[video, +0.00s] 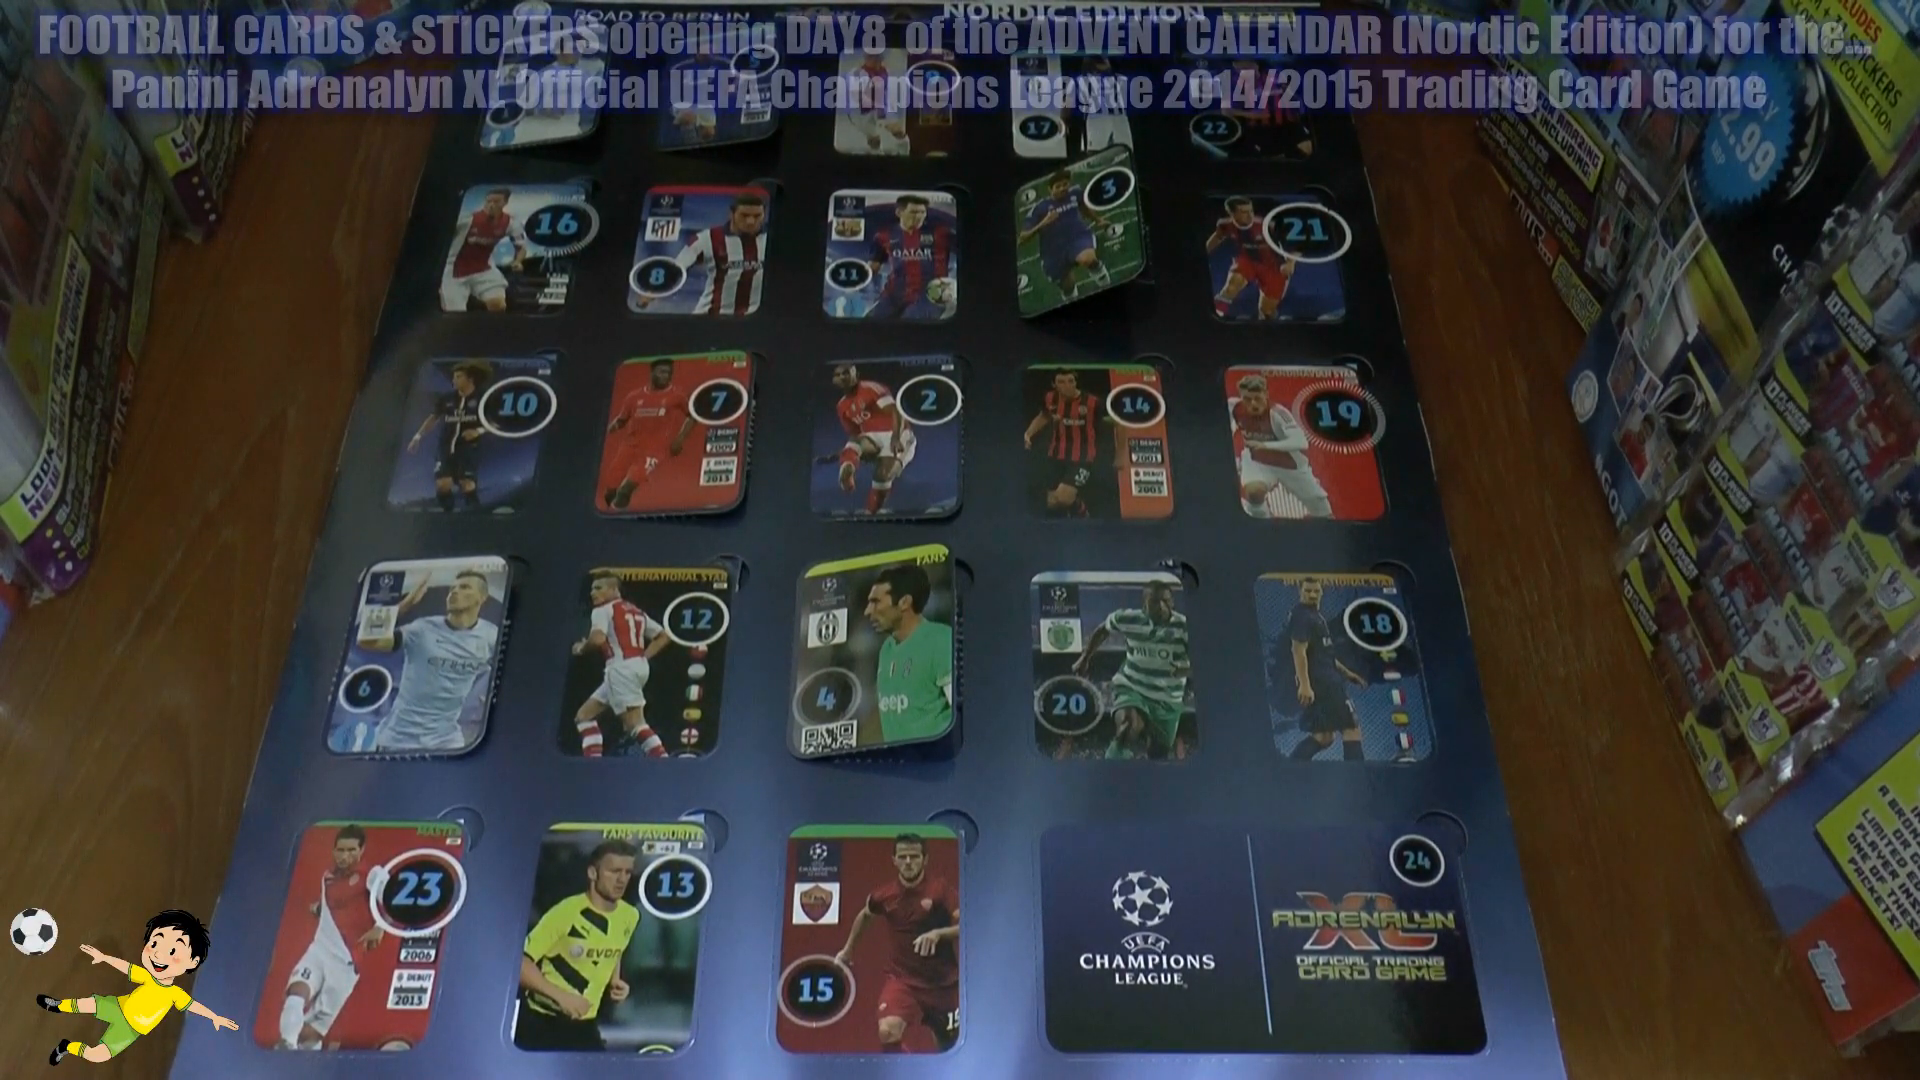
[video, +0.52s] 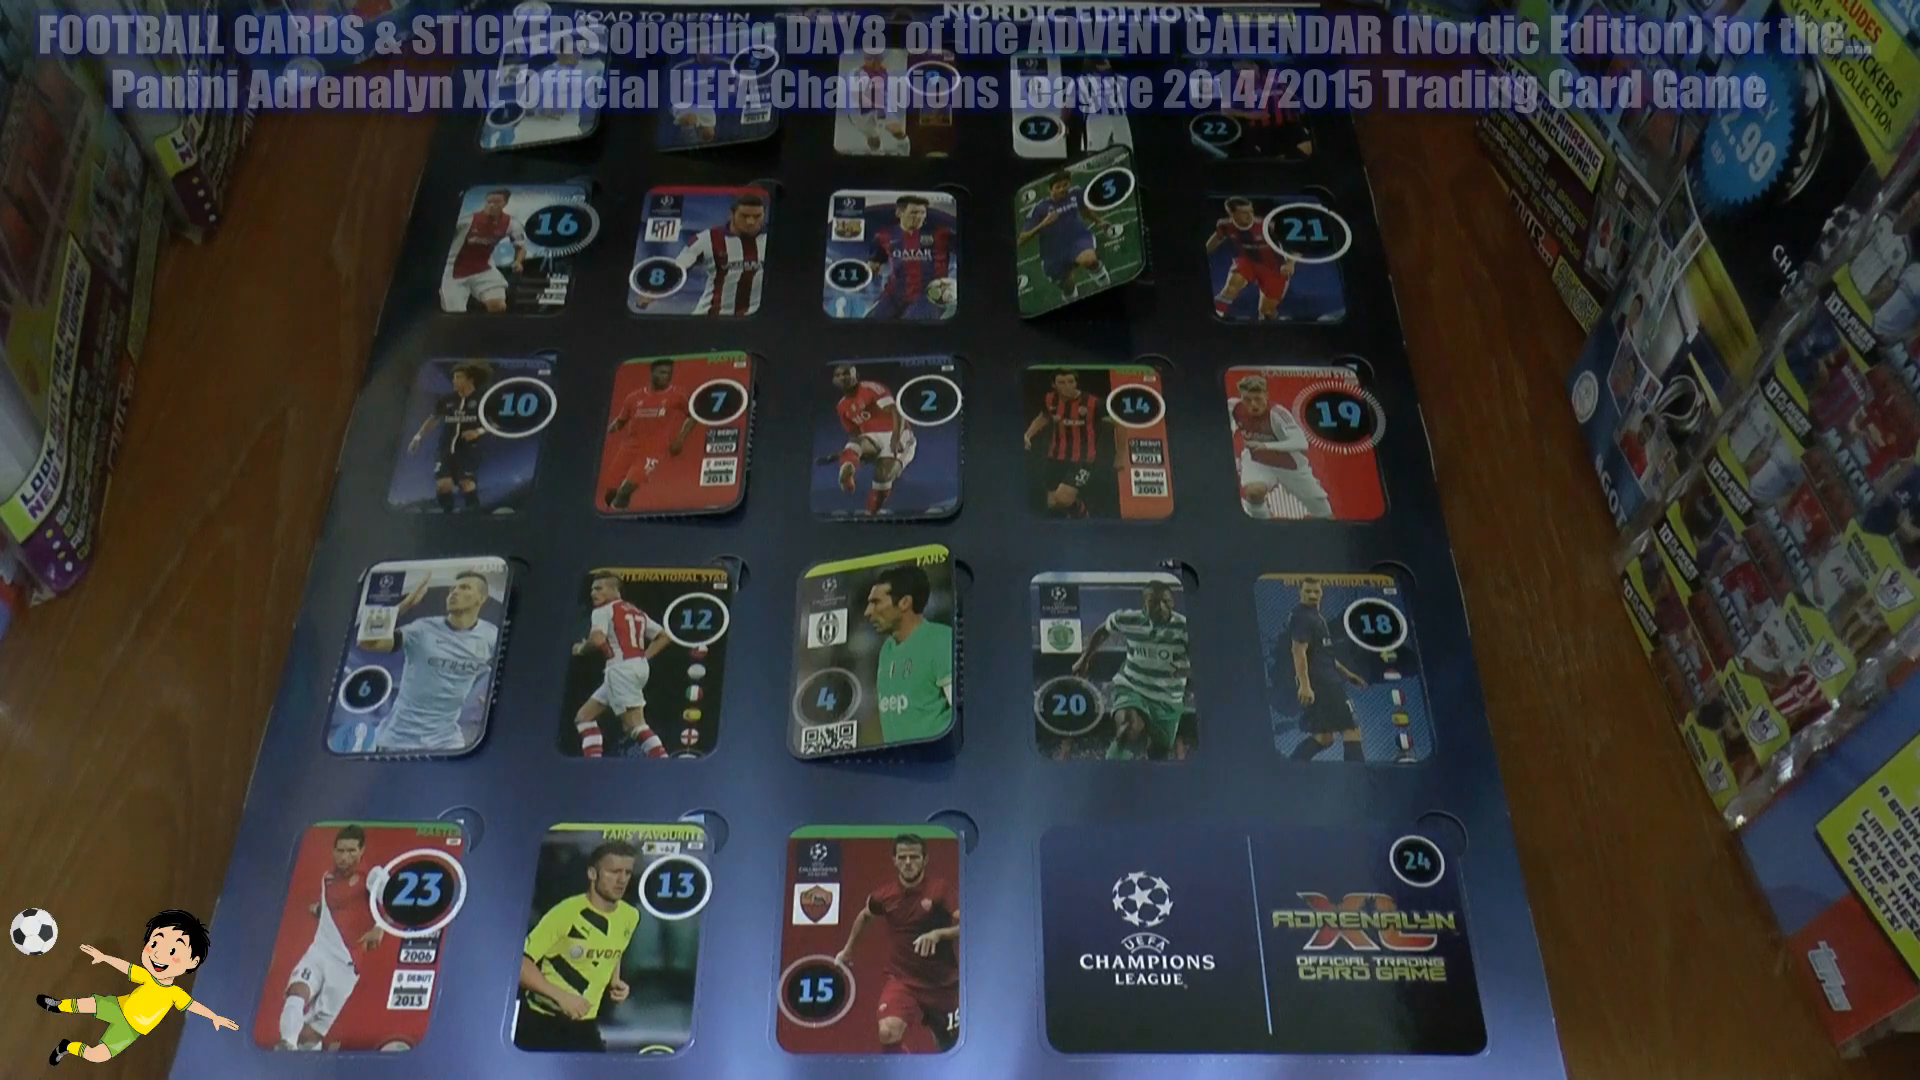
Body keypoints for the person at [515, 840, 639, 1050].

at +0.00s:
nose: (622, 879)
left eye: (627, 873)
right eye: (615, 871)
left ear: (631, 875)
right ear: (593, 873)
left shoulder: (629, 916)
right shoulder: (567, 911)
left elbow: (615, 953)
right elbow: (520, 962)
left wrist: (615, 980)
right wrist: (560, 995)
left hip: (585, 1027)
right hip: (540, 1024)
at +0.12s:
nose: (622, 880)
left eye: (627, 873)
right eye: (615, 871)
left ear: (631, 876)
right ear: (592, 873)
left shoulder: (629, 917)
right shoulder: (567, 912)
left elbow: (615, 953)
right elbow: (521, 963)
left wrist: (615, 980)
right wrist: (560, 996)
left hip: (584, 1028)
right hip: (540, 1024)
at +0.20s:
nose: (622, 880)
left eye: (627, 873)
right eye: (615, 871)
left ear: (631, 876)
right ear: (592, 874)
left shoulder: (629, 917)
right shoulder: (567, 912)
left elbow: (615, 953)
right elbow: (521, 964)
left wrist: (615, 980)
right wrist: (560, 996)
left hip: (584, 1028)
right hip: (540, 1025)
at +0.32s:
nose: (622, 880)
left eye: (627, 873)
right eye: (615, 872)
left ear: (631, 876)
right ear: (592, 874)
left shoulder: (629, 917)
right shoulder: (567, 912)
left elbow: (615, 953)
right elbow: (520, 964)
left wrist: (615, 980)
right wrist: (560, 996)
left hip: (585, 1028)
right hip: (540, 1024)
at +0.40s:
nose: (622, 880)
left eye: (627, 873)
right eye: (614, 871)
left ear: (631, 876)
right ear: (592, 874)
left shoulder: (629, 917)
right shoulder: (567, 912)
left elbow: (615, 953)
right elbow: (521, 964)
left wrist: (615, 980)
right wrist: (560, 996)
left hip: (584, 1028)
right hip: (540, 1024)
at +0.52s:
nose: (622, 880)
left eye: (627, 873)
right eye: (615, 871)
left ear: (631, 876)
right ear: (592, 874)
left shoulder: (630, 917)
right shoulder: (567, 912)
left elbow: (615, 953)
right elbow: (521, 964)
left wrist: (615, 980)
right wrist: (561, 996)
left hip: (584, 1028)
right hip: (540, 1024)